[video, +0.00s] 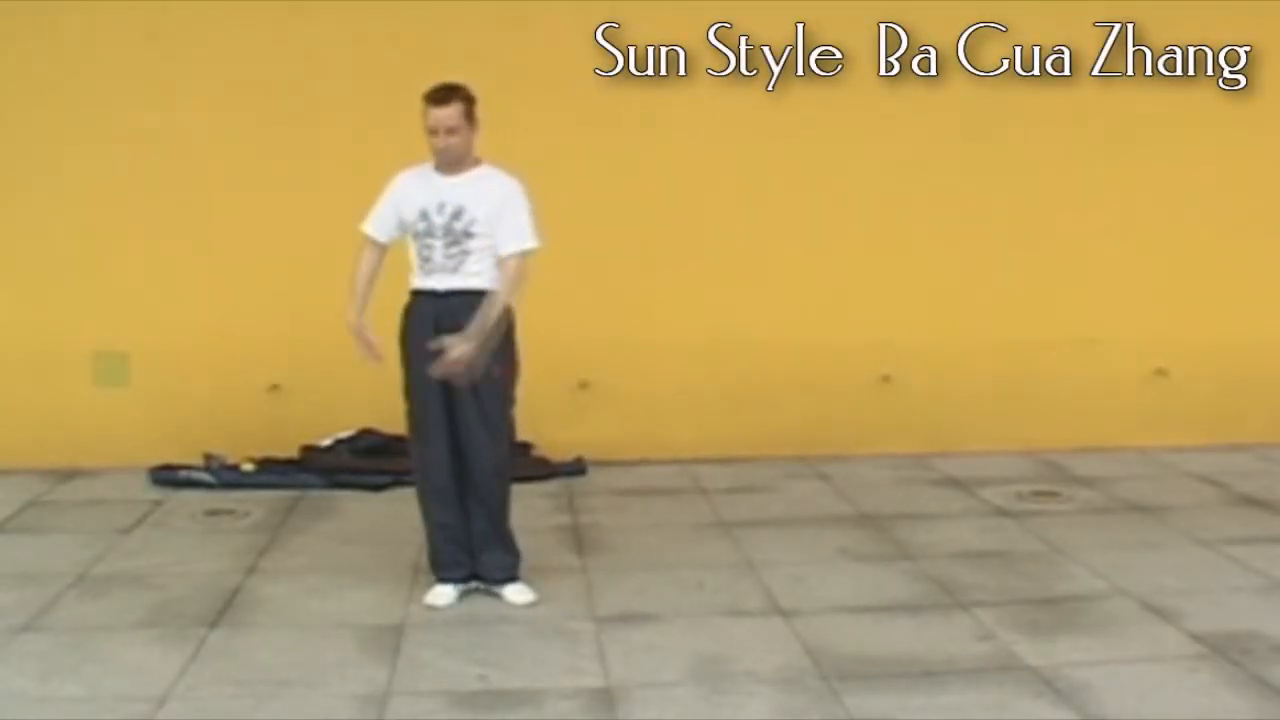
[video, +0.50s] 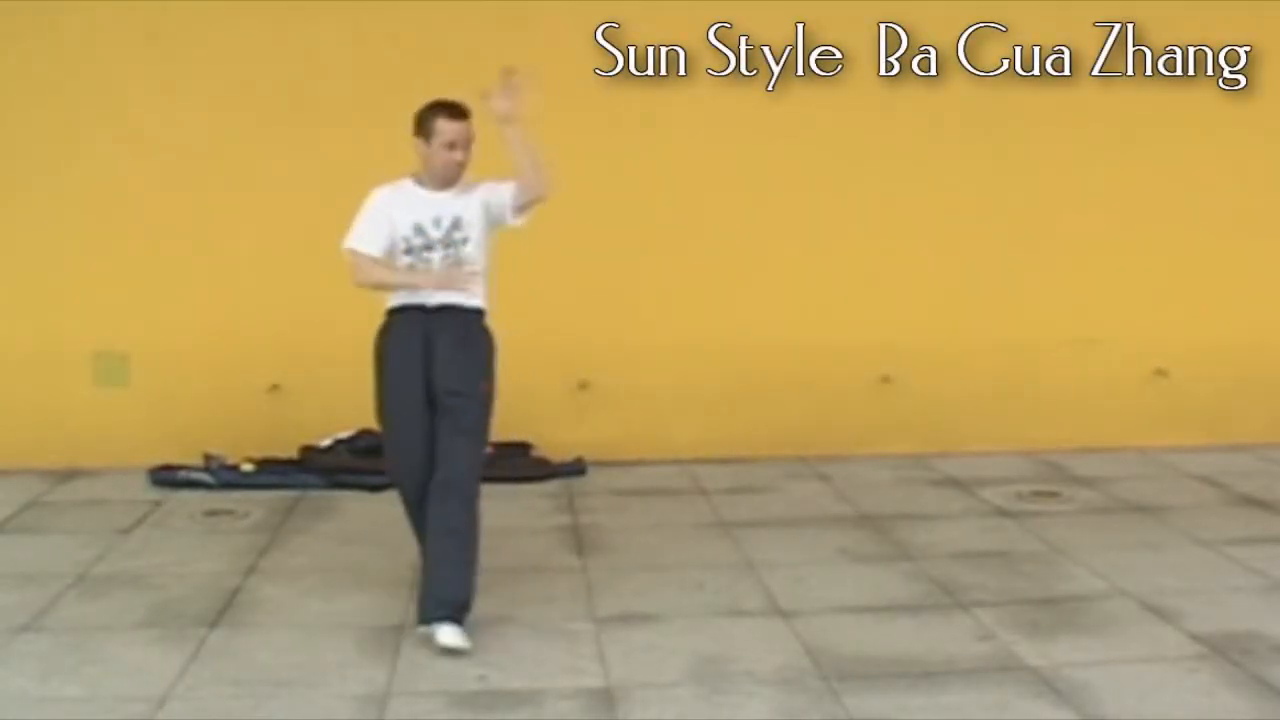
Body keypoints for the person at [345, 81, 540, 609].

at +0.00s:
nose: (442, 140)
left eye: (451, 130)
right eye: (434, 131)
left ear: (473, 130)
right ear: (425, 132)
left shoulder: (501, 188)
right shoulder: (408, 185)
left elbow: (514, 270)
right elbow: (373, 245)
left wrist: (476, 337)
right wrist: (357, 313)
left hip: (484, 310)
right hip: (426, 310)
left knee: (486, 446)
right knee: (432, 448)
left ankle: (499, 567)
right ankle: (450, 570)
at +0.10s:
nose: (444, 140)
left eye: (453, 130)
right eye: (435, 131)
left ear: (472, 129)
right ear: (422, 132)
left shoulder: (496, 188)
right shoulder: (403, 187)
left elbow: (494, 268)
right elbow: (377, 248)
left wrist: (428, 309)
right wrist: (350, 300)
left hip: (478, 316)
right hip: (420, 317)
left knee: (485, 447)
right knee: (430, 449)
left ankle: (496, 568)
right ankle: (449, 571)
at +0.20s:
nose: (450, 142)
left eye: (459, 132)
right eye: (440, 133)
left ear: (472, 133)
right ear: (423, 135)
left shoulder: (494, 188)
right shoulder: (398, 189)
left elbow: (471, 255)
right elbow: (374, 255)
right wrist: (326, 290)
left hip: (474, 321)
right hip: (419, 322)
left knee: (480, 450)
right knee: (426, 451)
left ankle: (493, 574)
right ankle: (449, 573)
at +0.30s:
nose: (454, 145)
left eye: (462, 136)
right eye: (444, 136)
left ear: (473, 138)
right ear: (425, 138)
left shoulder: (491, 186)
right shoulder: (396, 190)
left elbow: (478, 233)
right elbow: (368, 255)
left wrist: (421, 179)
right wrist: (336, 275)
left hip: (471, 324)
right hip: (413, 325)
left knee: (475, 456)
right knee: (422, 456)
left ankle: (482, 586)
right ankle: (445, 575)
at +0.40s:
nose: (455, 150)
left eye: (462, 139)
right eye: (445, 139)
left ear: (471, 141)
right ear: (423, 140)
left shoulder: (482, 196)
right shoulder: (391, 194)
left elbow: (503, 200)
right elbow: (353, 263)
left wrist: (475, 144)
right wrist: (396, 265)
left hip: (468, 324)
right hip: (410, 324)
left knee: (468, 463)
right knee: (416, 463)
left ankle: (465, 601)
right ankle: (443, 575)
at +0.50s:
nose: (456, 155)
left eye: (463, 146)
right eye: (447, 145)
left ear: (472, 149)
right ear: (420, 145)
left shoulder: (481, 198)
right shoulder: (388, 200)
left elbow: (535, 189)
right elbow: (363, 271)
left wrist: (510, 125)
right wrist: (428, 278)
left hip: (463, 332)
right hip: (404, 332)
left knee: (458, 472)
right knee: (410, 470)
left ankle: (445, 613)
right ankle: (445, 578)